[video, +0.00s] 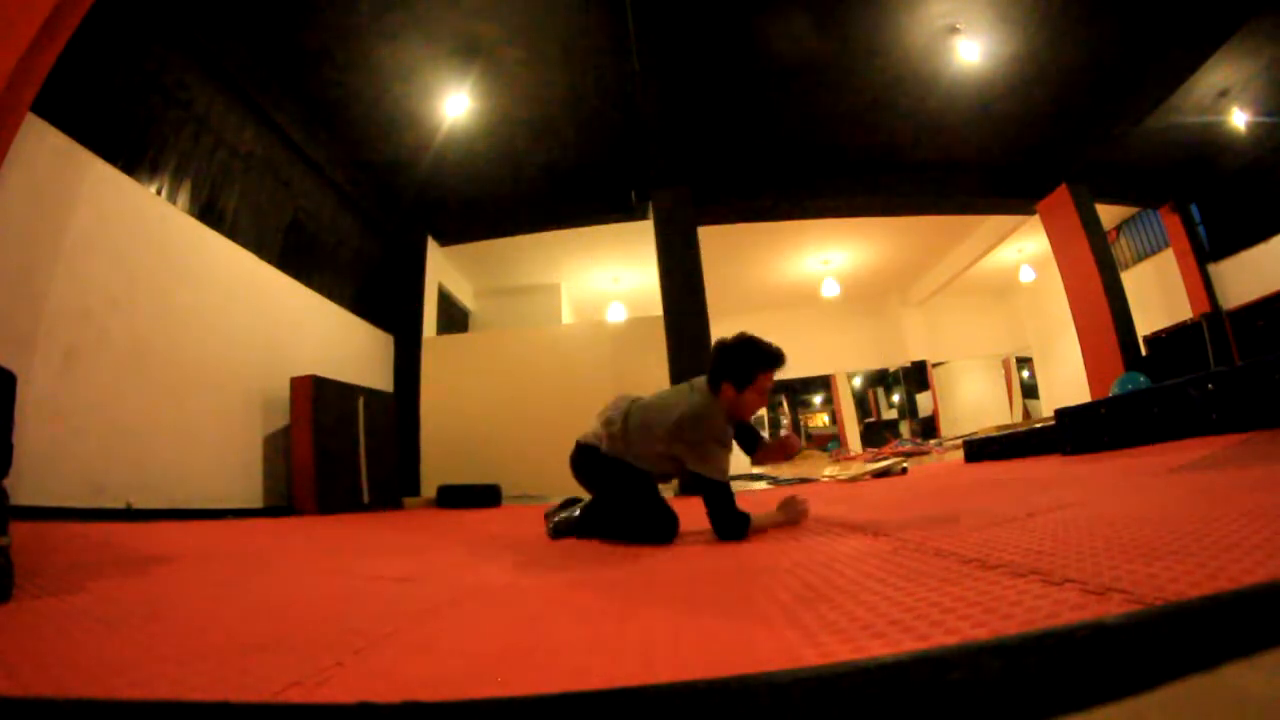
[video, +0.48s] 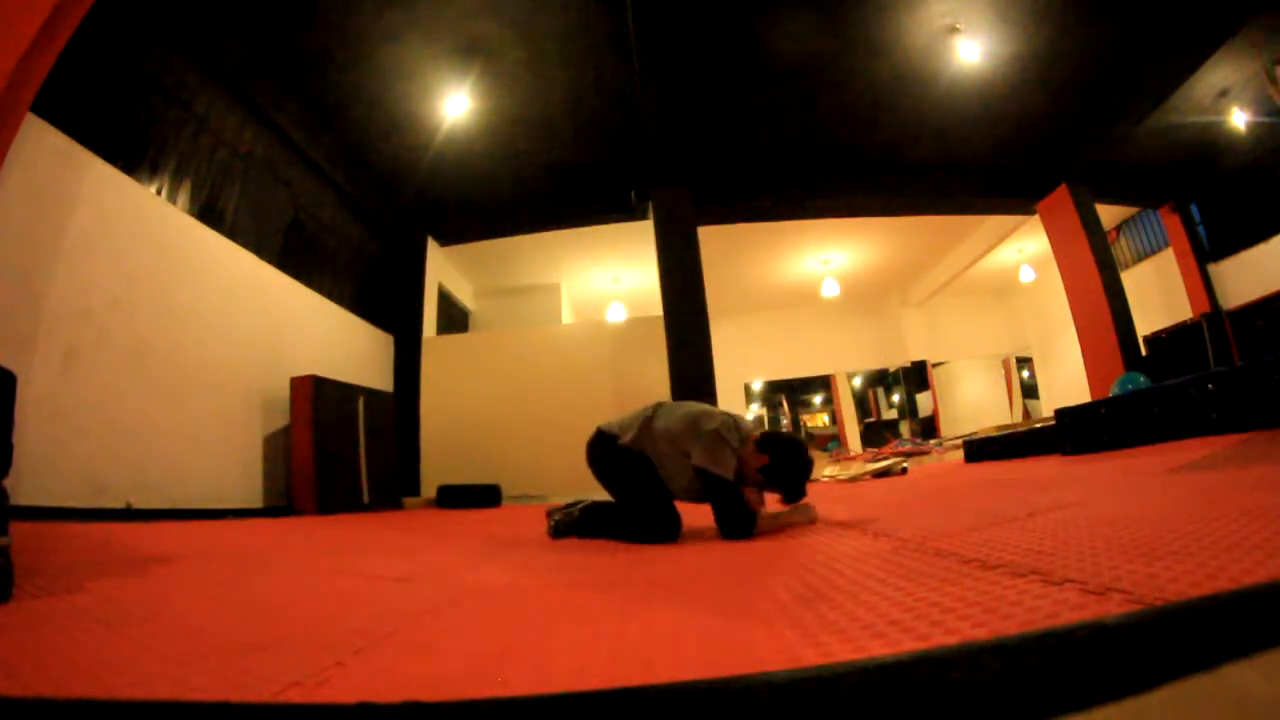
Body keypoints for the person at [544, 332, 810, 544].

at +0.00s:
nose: (766, 401)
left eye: (768, 391)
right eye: (762, 390)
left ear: (730, 386)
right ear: (732, 388)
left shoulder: (715, 394)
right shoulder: (704, 418)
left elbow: (756, 449)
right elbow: (728, 527)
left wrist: (781, 450)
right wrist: (779, 518)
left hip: (621, 452)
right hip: (597, 458)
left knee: (649, 511)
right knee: (662, 527)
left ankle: (581, 509)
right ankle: (576, 520)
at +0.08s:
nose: (767, 423)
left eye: (770, 413)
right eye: (763, 413)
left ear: (732, 409)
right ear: (733, 412)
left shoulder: (718, 414)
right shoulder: (701, 435)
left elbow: (750, 477)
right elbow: (731, 528)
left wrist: (765, 471)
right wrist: (789, 515)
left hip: (617, 453)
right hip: (591, 461)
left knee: (658, 513)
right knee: (659, 527)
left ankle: (582, 512)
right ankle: (577, 521)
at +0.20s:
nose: (767, 451)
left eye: (773, 445)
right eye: (766, 442)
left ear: (739, 425)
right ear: (740, 428)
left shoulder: (720, 427)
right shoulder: (703, 436)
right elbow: (728, 527)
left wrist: (737, 494)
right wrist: (788, 517)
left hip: (620, 449)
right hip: (593, 454)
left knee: (654, 513)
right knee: (658, 527)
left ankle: (587, 512)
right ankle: (578, 520)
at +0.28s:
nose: (761, 467)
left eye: (769, 463)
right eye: (763, 461)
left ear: (742, 433)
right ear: (745, 440)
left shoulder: (725, 430)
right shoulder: (707, 439)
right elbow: (732, 528)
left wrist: (740, 488)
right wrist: (789, 517)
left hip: (622, 451)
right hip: (598, 455)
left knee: (658, 514)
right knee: (660, 528)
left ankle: (587, 509)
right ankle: (579, 519)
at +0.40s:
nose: (758, 487)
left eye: (765, 486)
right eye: (763, 480)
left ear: (755, 451)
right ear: (756, 458)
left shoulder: (735, 438)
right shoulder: (713, 441)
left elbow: (737, 518)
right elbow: (735, 528)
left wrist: (748, 498)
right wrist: (788, 519)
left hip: (629, 452)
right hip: (607, 451)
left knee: (663, 519)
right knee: (662, 527)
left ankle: (586, 510)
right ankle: (579, 520)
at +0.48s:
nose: (757, 492)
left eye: (764, 490)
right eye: (763, 484)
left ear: (761, 452)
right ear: (762, 461)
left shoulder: (735, 438)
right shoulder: (716, 438)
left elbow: (734, 516)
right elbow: (735, 528)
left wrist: (751, 507)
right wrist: (790, 520)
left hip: (634, 451)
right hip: (612, 449)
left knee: (662, 520)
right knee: (663, 526)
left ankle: (586, 510)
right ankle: (579, 520)